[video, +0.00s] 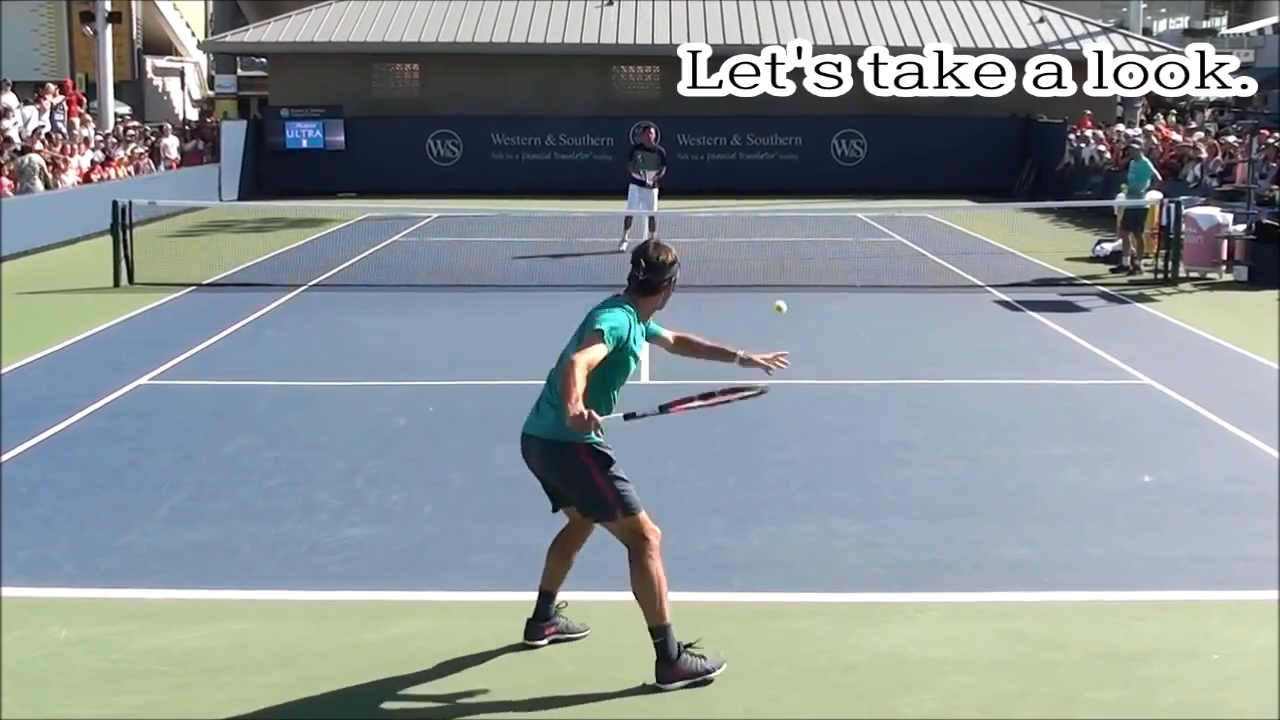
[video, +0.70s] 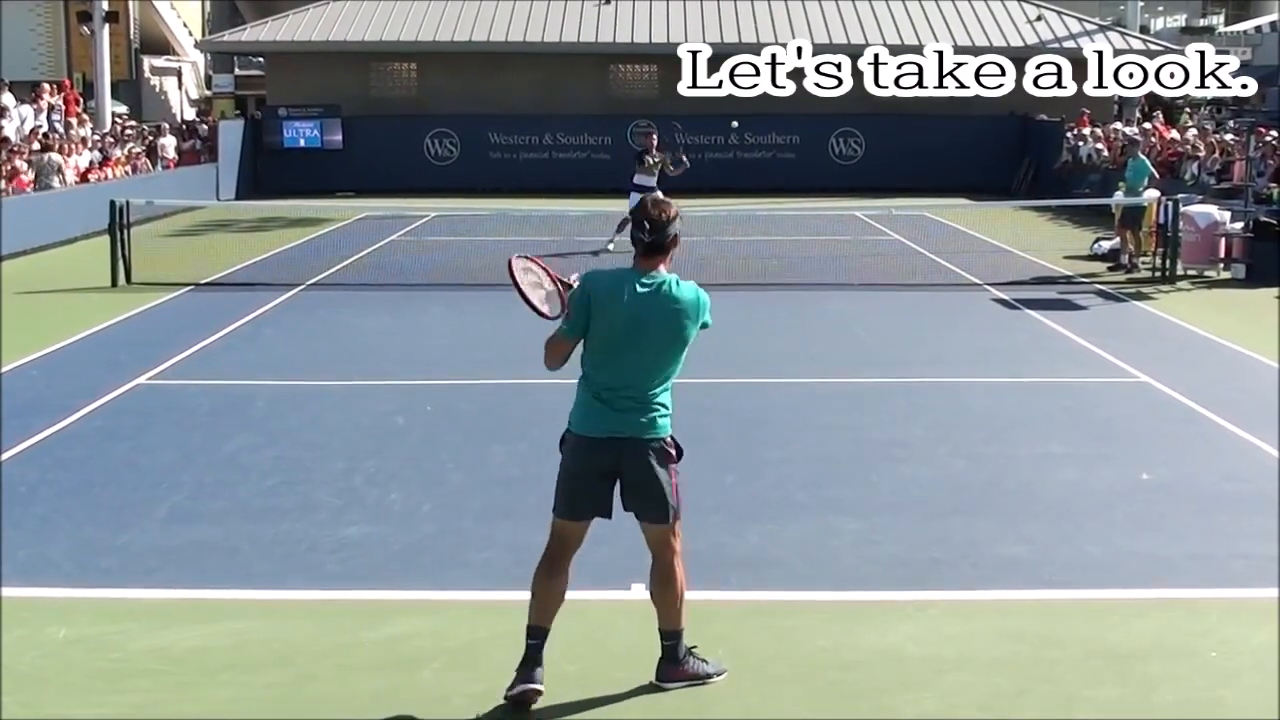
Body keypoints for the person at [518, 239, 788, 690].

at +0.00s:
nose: (672, 294)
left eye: (671, 286)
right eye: (673, 287)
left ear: (634, 278)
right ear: (665, 290)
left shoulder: (629, 318)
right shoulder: (618, 319)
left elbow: (677, 343)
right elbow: (577, 360)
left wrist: (743, 357)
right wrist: (574, 405)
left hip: (542, 440)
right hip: (572, 444)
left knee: (580, 521)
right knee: (644, 537)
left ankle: (542, 618)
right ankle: (670, 659)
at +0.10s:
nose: (703, 312)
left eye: (703, 304)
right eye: (705, 305)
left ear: (665, 294)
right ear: (696, 306)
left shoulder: (630, 314)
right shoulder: (658, 344)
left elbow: (655, 368)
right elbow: (626, 411)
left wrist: (696, 397)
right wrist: (613, 481)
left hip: (552, 446)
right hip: (592, 455)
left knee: (586, 519)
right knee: (668, 538)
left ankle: (542, 619)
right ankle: (675, 659)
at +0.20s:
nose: (721, 327)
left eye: (725, 319)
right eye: (724, 317)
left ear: (684, 300)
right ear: (714, 310)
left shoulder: (631, 313)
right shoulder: (691, 362)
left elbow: (621, 366)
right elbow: (692, 456)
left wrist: (656, 404)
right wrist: (718, 527)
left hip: (567, 450)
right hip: (617, 462)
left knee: (589, 520)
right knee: (683, 540)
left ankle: (545, 617)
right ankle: (675, 658)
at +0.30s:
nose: (732, 320)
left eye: (736, 312)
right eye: (735, 310)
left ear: (695, 293)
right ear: (724, 303)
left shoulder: (636, 305)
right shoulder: (710, 362)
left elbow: (590, 348)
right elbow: (716, 443)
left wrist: (639, 366)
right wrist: (734, 470)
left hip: (577, 447)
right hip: (633, 459)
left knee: (579, 524)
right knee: (684, 539)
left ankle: (551, 620)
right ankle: (676, 659)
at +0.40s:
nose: (732, 293)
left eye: (734, 285)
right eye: (734, 285)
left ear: (692, 270)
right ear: (726, 282)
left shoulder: (633, 290)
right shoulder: (717, 335)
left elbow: (580, 340)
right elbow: (728, 413)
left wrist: (626, 351)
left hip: (587, 436)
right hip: (643, 447)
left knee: (562, 535)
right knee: (683, 540)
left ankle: (553, 625)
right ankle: (675, 659)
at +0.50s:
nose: (724, 263)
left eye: (718, 255)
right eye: (724, 257)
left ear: (679, 250)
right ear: (719, 261)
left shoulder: (625, 280)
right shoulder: (716, 315)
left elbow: (575, 341)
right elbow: (723, 367)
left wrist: (622, 327)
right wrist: (686, 335)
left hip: (591, 430)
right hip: (651, 441)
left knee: (563, 537)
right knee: (679, 541)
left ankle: (536, 644)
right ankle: (675, 658)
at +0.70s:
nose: (669, 242)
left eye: (649, 232)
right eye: (674, 236)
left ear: (633, 237)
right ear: (675, 242)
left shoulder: (594, 285)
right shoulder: (690, 299)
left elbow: (554, 357)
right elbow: (677, 337)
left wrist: (570, 308)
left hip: (587, 439)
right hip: (649, 442)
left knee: (559, 547)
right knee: (666, 549)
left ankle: (529, 667)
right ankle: (674, 657)